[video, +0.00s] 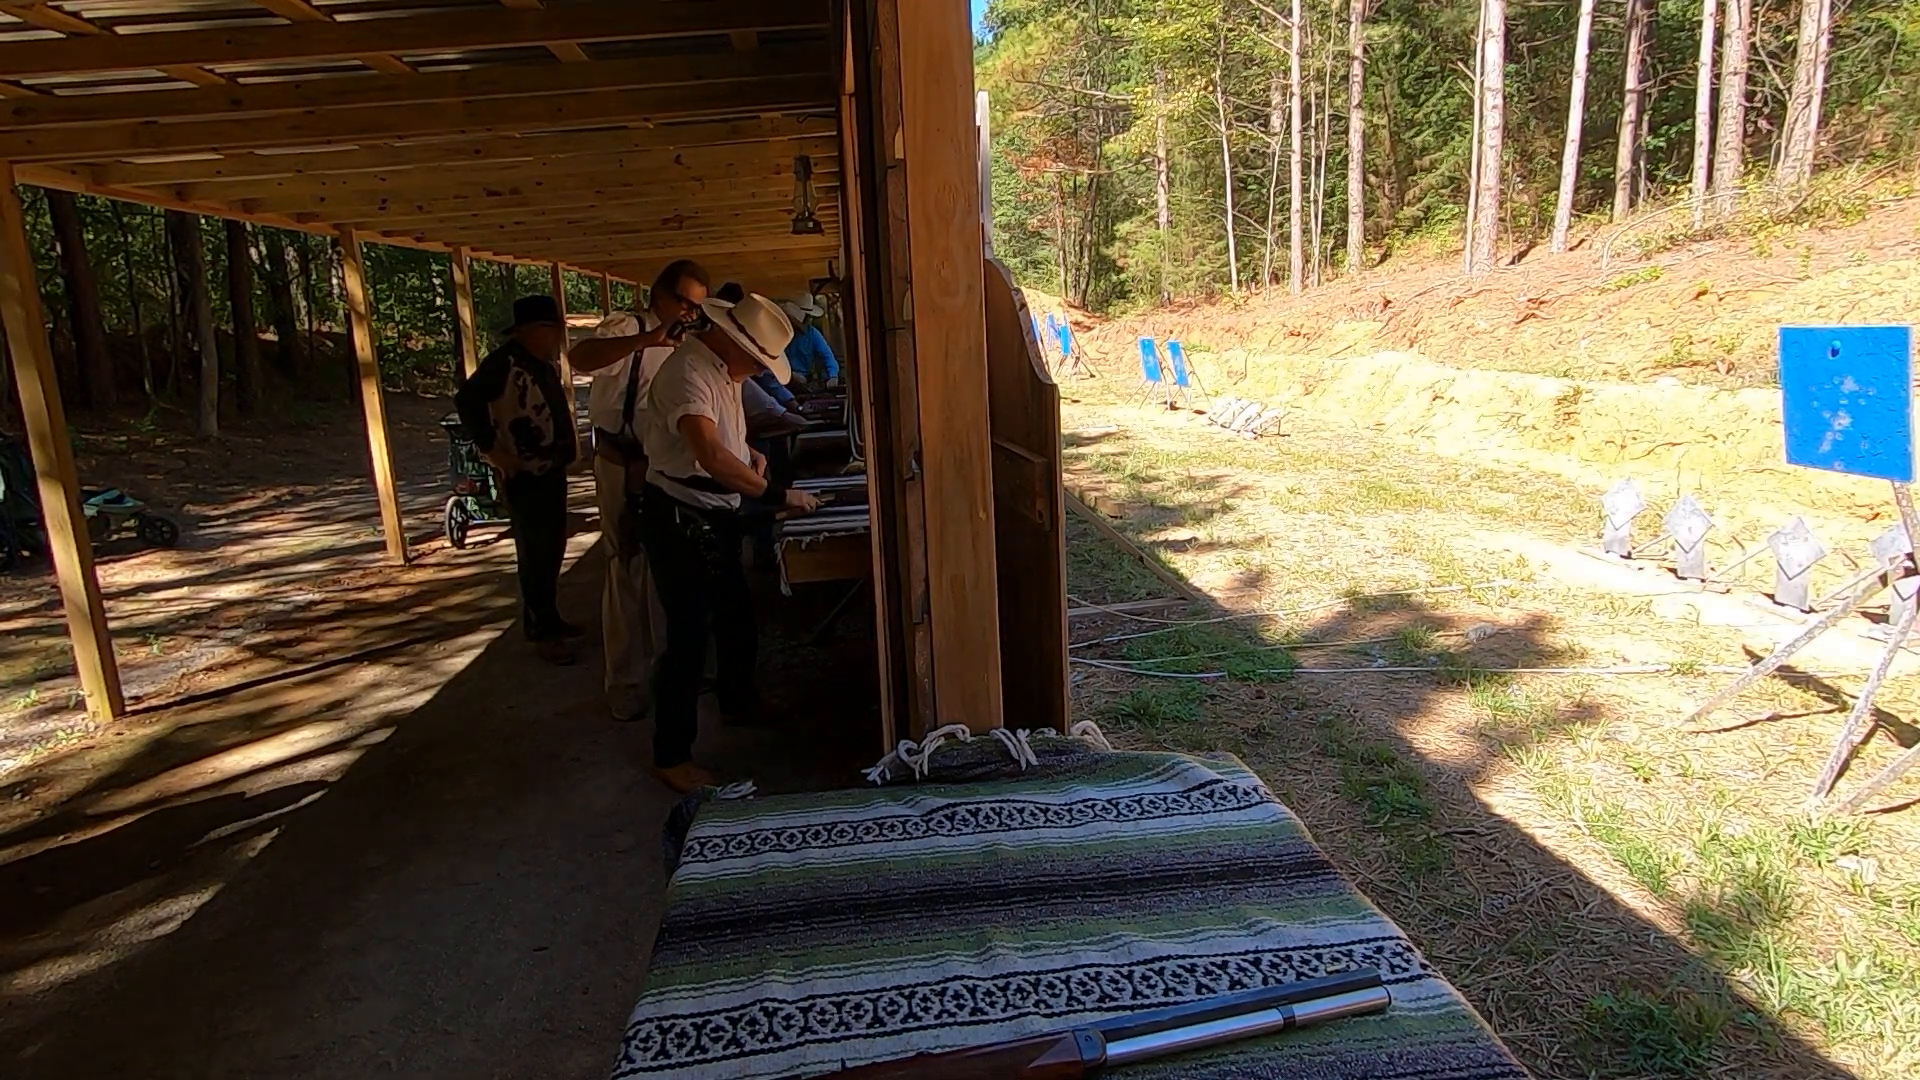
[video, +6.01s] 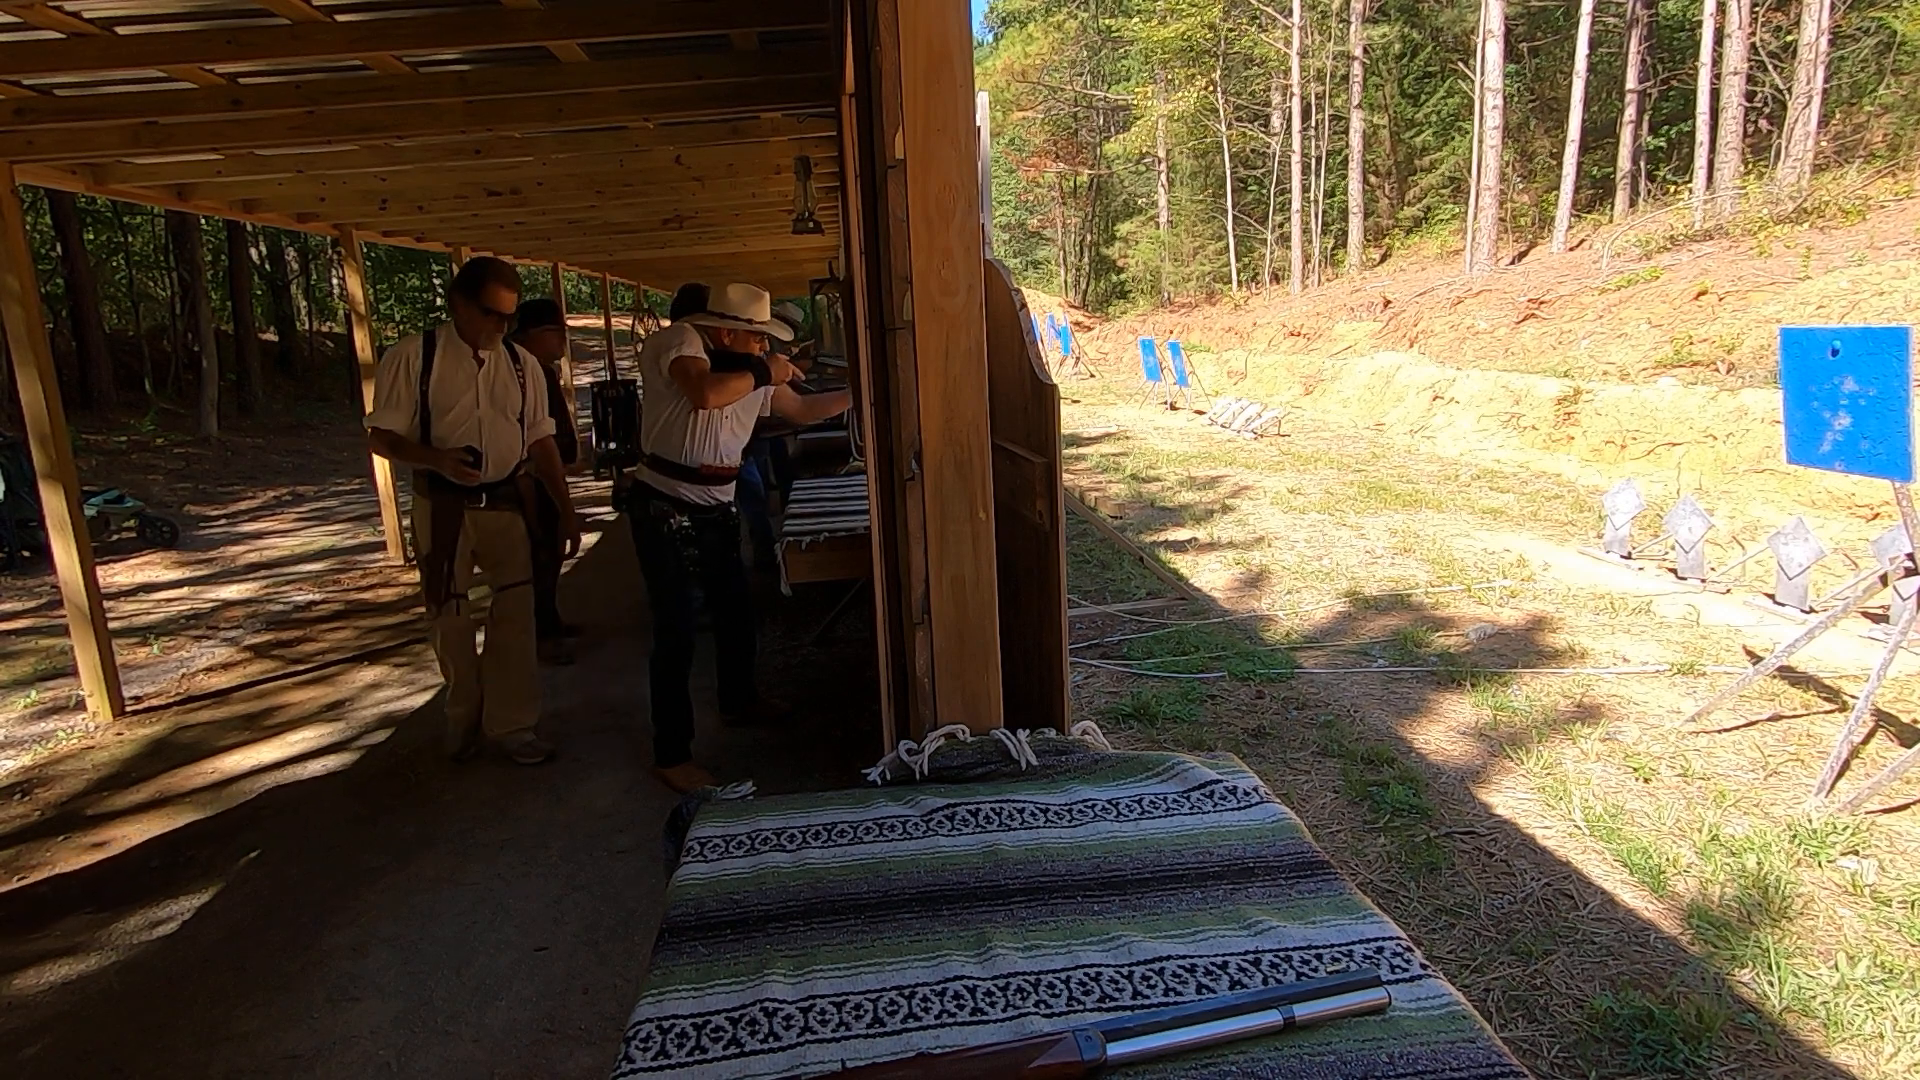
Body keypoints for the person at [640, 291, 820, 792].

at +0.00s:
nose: (756, 373)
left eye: (760, 366)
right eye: (755, 363)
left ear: (737, 343)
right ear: (733, 343)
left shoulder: (721, 372)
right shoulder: (689, 372)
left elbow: (731, 445)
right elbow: (709, 455)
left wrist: (771, 477)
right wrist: (772, 494)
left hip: (718, 512)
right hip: (678, 515)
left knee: (735, 616)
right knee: (689, 634)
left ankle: (740, 707)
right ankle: (672, 757)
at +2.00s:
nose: (755, 374)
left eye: (758, 367)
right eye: (753, 365)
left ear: (725, 350)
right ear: (727, 350)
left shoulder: (719, 378)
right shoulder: (683, 378)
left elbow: (723, 443)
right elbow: (706, 458)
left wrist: (748, 466)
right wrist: (777, 496)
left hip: (716, 515)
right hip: (673, 519)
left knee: (740, 614)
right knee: (688, 636)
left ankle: (739, 707)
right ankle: (672, 758)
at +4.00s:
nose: (758, 374)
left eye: (762, 366)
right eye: (757, 364)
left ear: (728, 348)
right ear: (730, 348)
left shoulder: (721, 377)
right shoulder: (686, 378)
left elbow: (724, 445)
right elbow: (711, 461)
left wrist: (747, 466)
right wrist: (781, 494)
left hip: (716, 516)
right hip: (673, 520)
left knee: (742, 611)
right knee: (690, 634)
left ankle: (739, 704)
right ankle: (672, 757)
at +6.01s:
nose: (762, 345)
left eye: (764, 337)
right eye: (756, 337)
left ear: (745, 335)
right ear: (724, 331)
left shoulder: (750, 367)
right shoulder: (678, 338)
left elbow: (802, 409)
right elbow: (705, 393)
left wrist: (860, 392)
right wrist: (766, 371)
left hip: (718, 511)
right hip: (663, 508)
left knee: (736, 614)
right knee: (675, 631)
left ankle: (740, 708)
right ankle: (673, 757)